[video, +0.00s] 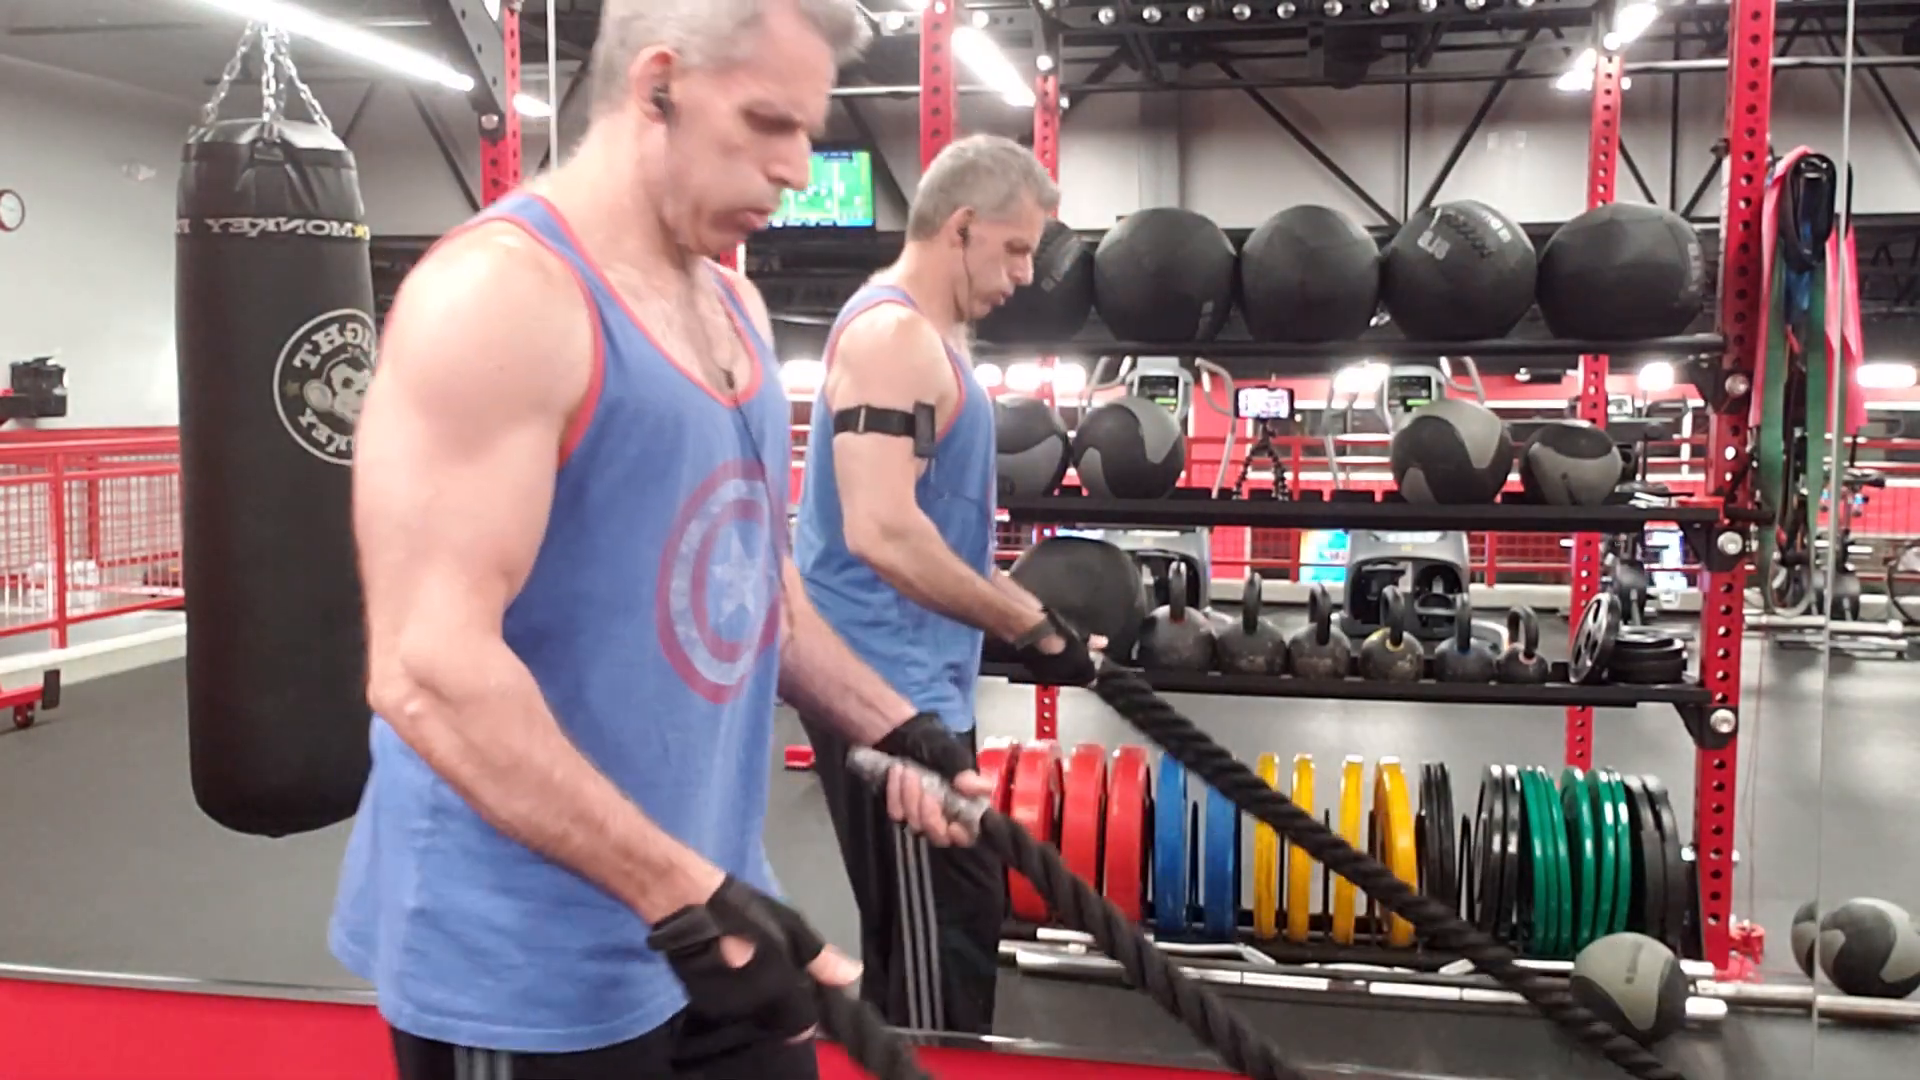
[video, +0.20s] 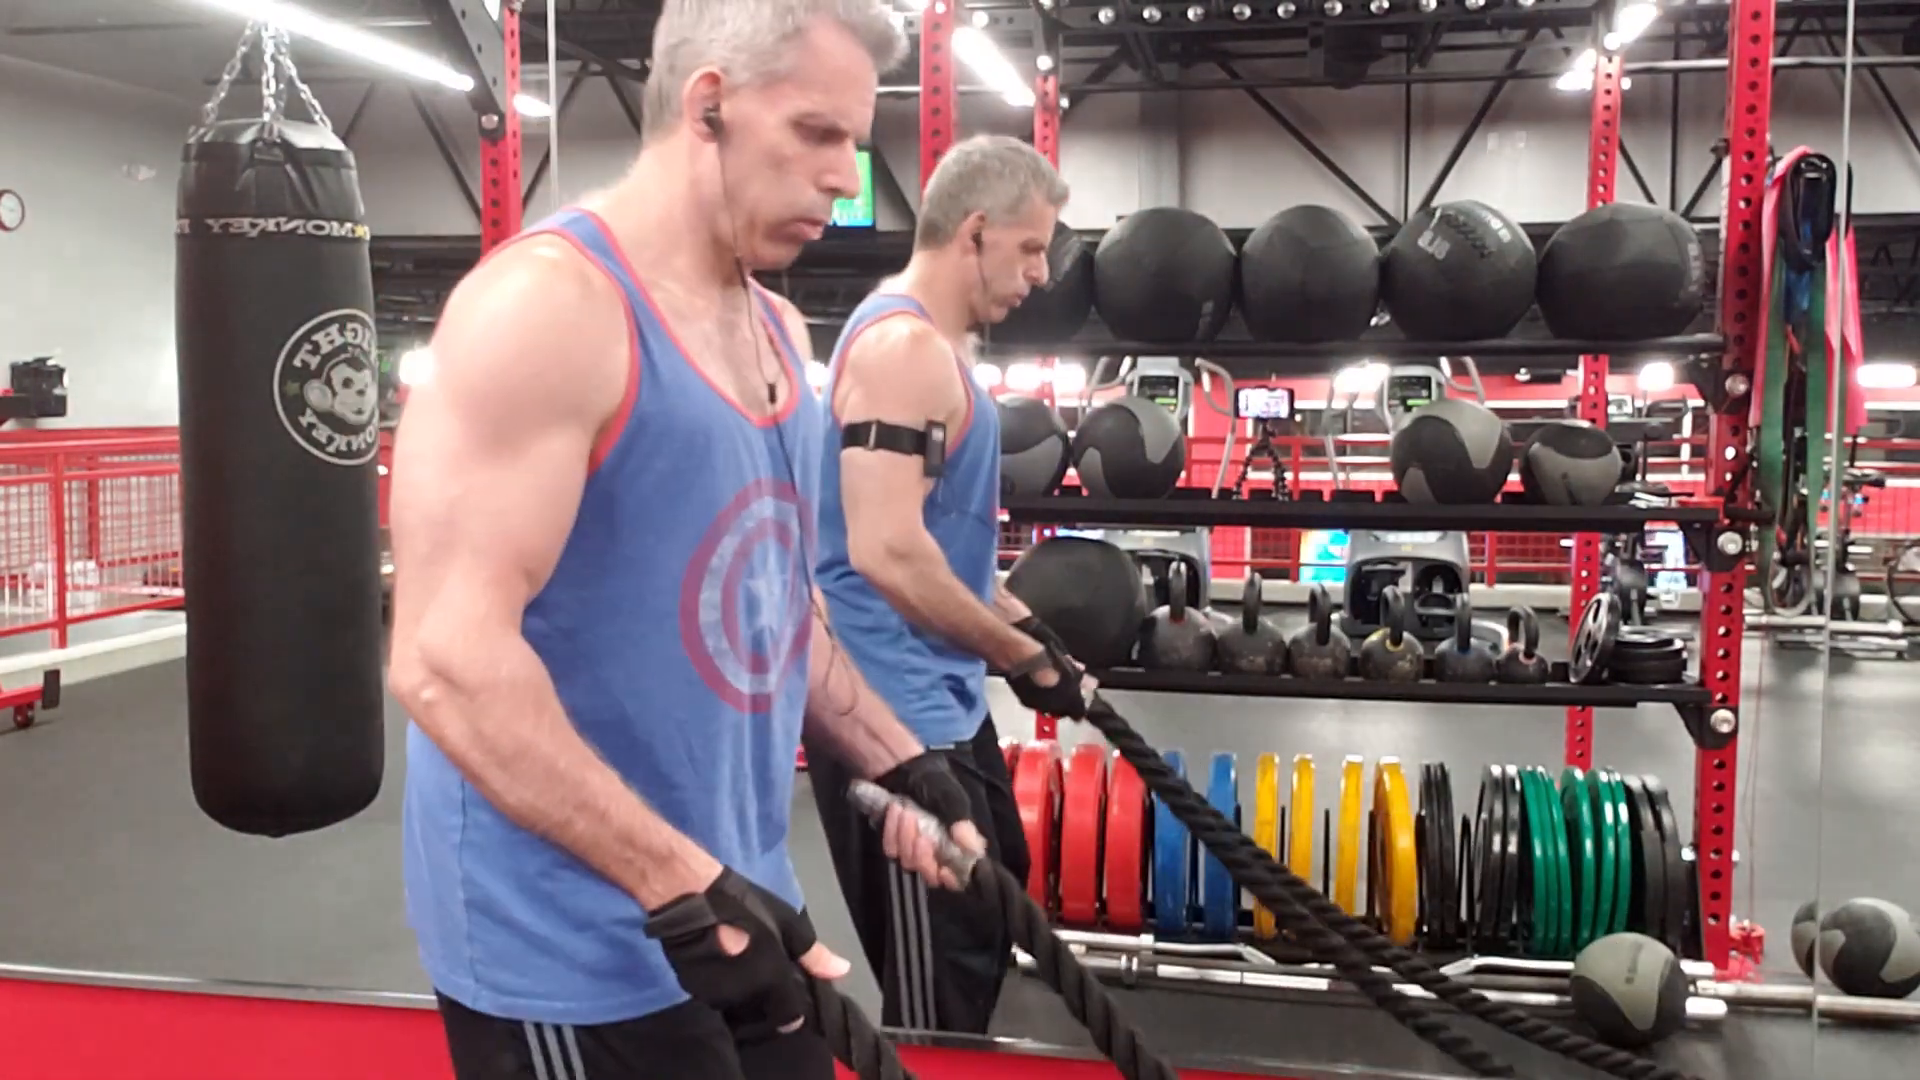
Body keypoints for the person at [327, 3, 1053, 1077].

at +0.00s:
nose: (796, 173)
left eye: (807, 136)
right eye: (771, 123)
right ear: (656, 87)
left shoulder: (730, 298)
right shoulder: (493, 295)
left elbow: (752, 580)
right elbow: (429, 665)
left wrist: (897, 732)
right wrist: (683, 900)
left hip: (717, 946)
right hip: (526, 988)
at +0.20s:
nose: (844, 181)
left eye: (852, 145)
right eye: (817, 134)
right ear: (706, 104)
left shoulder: (778, 328)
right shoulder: (539, 304)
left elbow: (775, 601)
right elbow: (447, 656)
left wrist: (902, 772)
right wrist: (685, 887)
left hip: (748, 925)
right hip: (574, 967)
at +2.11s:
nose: (824, 183)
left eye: (819, 146)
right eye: (784, 142)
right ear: (666, 154)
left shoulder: (742, 378)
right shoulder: (541, 386)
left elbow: (747, 671)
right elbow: (418, 755)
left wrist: (876, 857)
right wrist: (645, 1011)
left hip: (731, 956)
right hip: (528, 1014)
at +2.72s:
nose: (839, 189)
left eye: (835, 153)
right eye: (797, 149)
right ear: (682, 165)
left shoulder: (751, 393)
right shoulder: (553, 383)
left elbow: (739, 686)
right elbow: (432, 754)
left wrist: (870, 865)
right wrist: (674, 1017)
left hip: (733, 959)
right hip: (533, 1017)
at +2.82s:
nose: (819, 189)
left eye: (817, 155)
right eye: (781, 149)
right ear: (666, 158)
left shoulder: (746, 388)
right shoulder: (533, 367)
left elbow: (730, 696)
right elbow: (533, 723)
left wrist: (827, 891)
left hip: (722, 947)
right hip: (541, 986)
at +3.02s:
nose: (815, 206)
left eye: (812, 168)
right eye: (775, 164)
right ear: (658, 175)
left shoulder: (741, 388)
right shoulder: (516, 383)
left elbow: (752, 673)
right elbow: (581, 740)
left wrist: (857, 855)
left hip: (697, 924)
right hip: (516, 967)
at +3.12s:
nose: (818, 209)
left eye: (814, 172)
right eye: (779, 169)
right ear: (663, 176)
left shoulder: (729, 374)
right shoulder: (529, 396)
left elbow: (784, 611)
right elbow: (506, 788)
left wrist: (969, 687)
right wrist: (733, 1026)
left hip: (695, 913)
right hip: (514, 979)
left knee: (793, 1049)